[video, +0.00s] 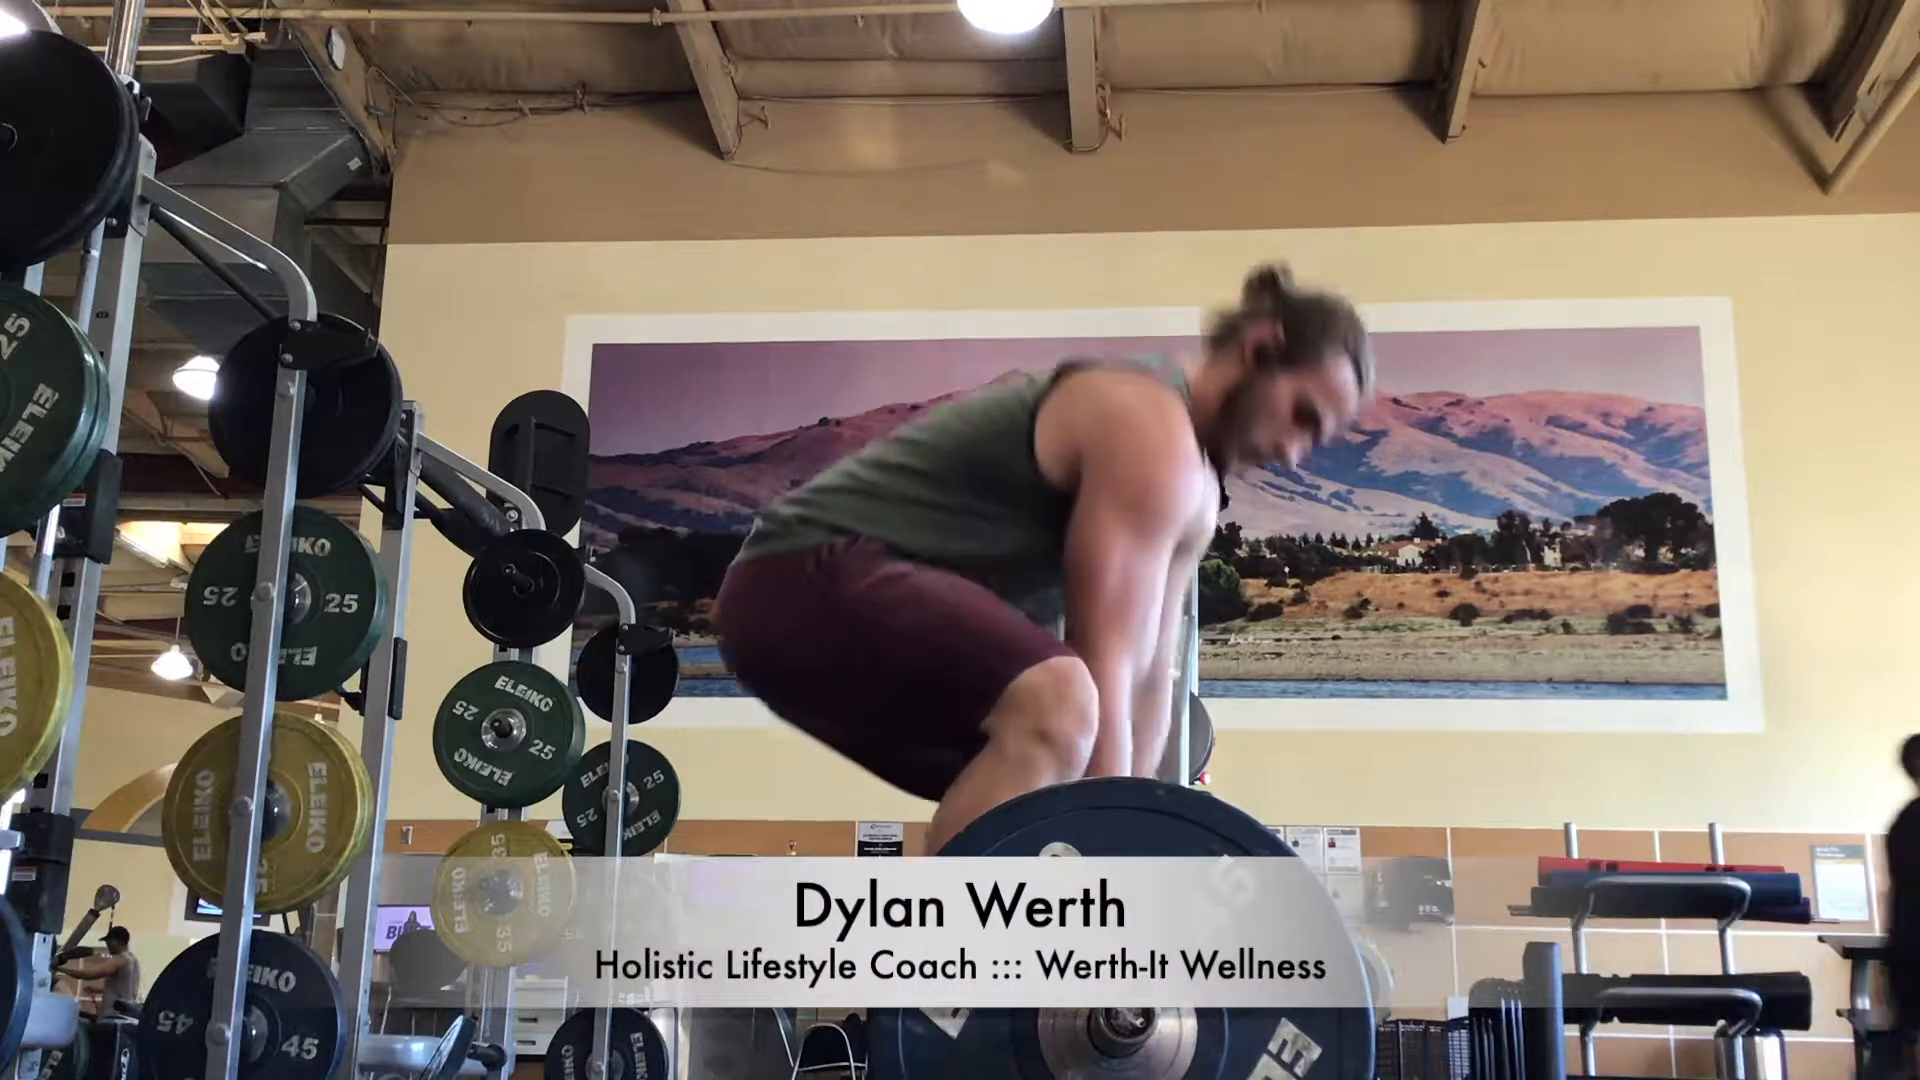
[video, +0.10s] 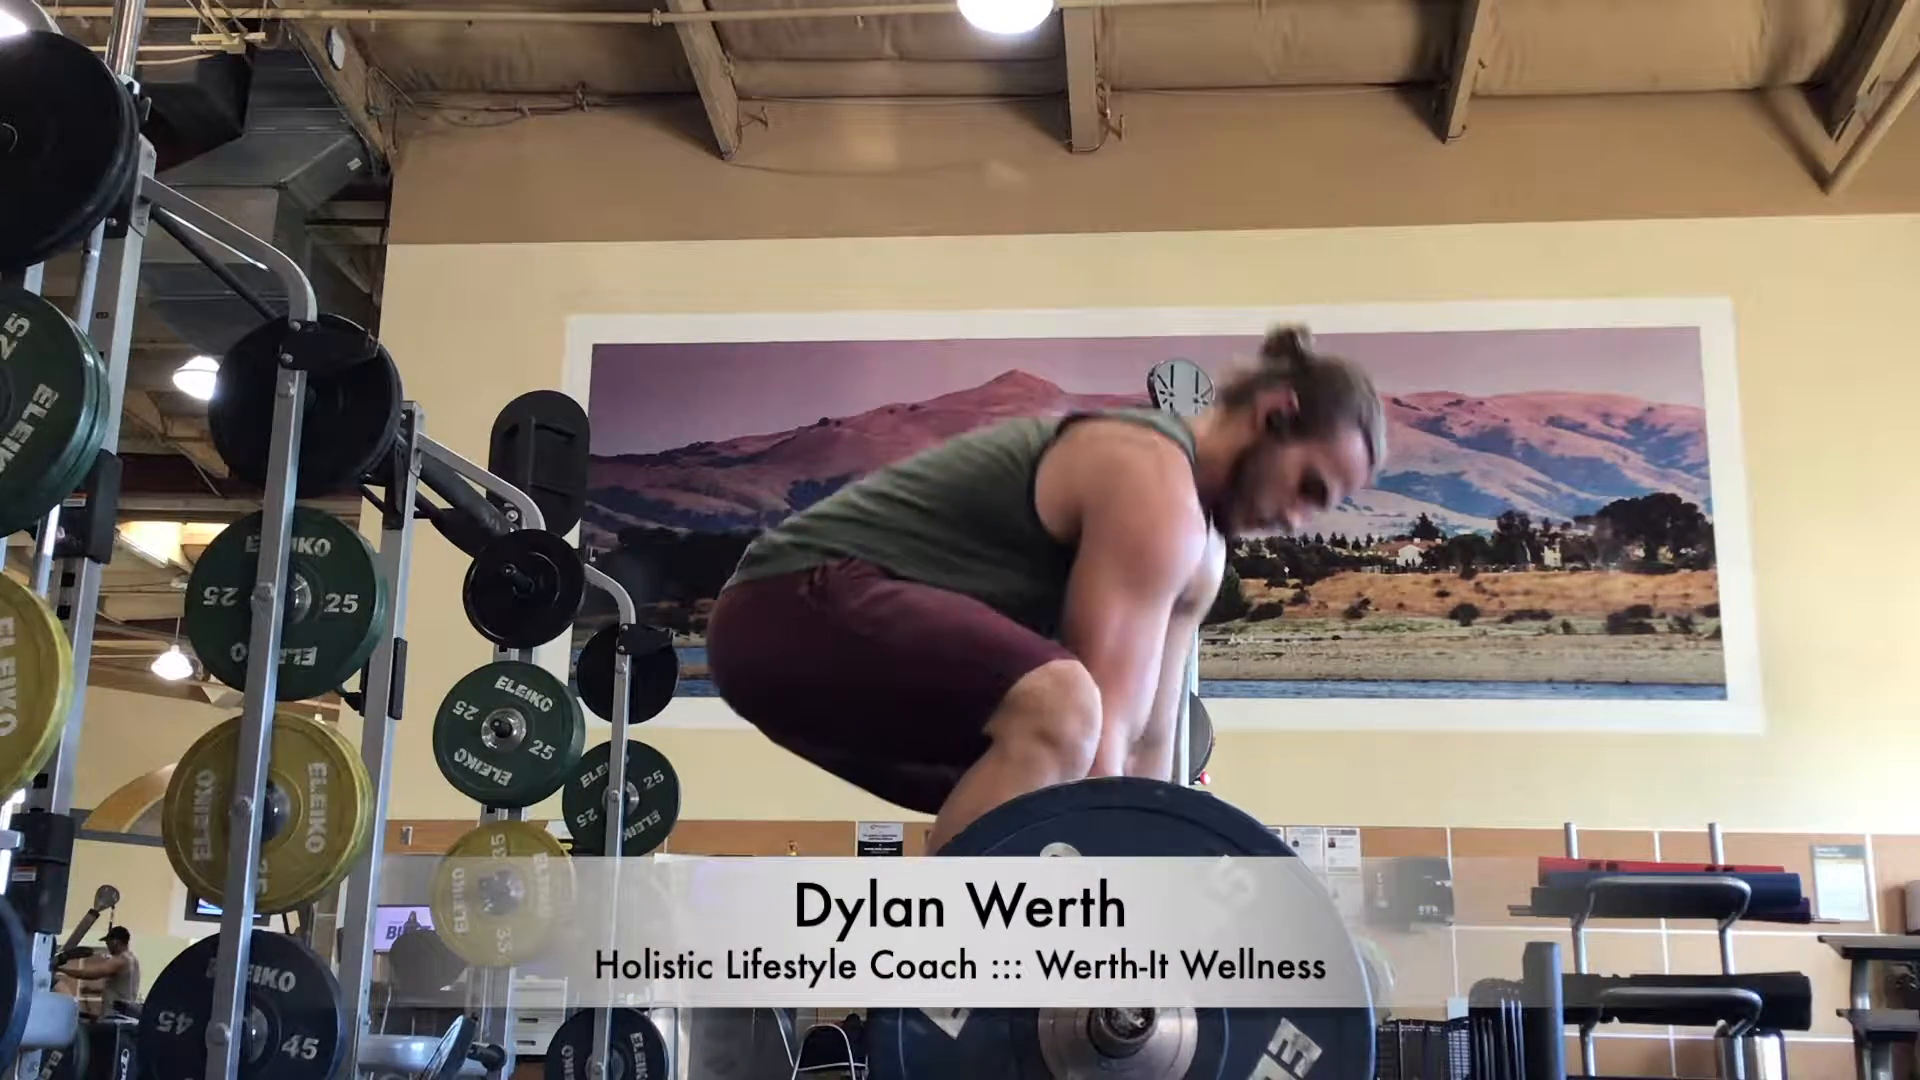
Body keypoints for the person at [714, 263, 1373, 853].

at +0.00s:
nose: (1298, 453)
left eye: (1319, 438)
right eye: (1305, 416)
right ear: (1260, 346)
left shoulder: (1193, 491)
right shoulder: (1145, 435)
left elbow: (1151, 688)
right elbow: (1098, 673)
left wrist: (1135, 868)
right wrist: (1101, 859)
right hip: (804, 574)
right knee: (1057, 705)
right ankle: (904, 958)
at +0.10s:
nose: (1302, 521)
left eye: (1322, 510)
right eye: (1309, 488)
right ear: (1273, 413)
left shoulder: (1198, 551)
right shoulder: (1150, 489)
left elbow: (1148, 745)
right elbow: (1095, 736)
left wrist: (1140, 939)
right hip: (796, 599)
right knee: (1058, 711)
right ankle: (909, 952)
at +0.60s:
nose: (1314, 584)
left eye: (1335, 567)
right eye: (1324, 548)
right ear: (1276, 478)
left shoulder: (1199, 628)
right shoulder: (1139, 543)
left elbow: (1148, 815)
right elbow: (1066, 779)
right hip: (786, 608)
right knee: (1060, 716)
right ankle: (924, 982)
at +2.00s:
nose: (1343, 507)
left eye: (1347, 481)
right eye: (1333, 471)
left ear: (1263, 452)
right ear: (1260, 448)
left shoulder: (1173, 617)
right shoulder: (1146, 525)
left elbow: (1134, 809)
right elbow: (1062, 759)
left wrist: (1149, 979)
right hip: (788, 617)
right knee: (1071, 718)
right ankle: (927, 967)